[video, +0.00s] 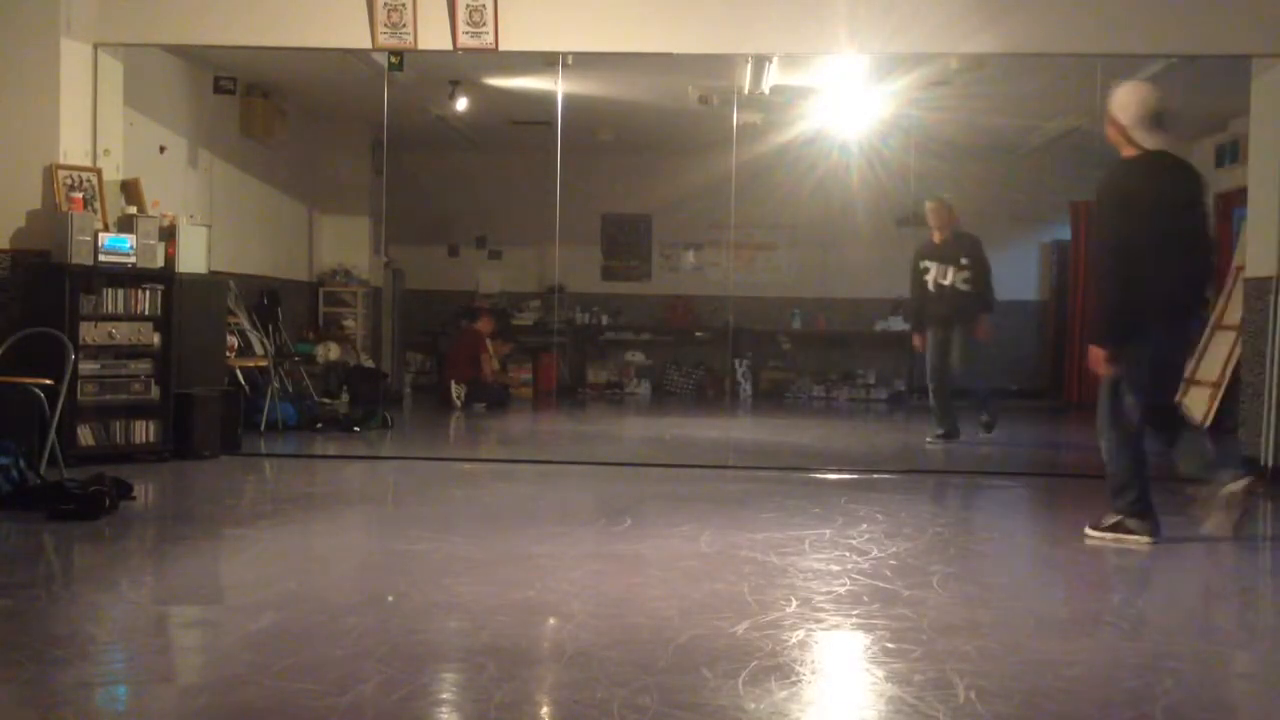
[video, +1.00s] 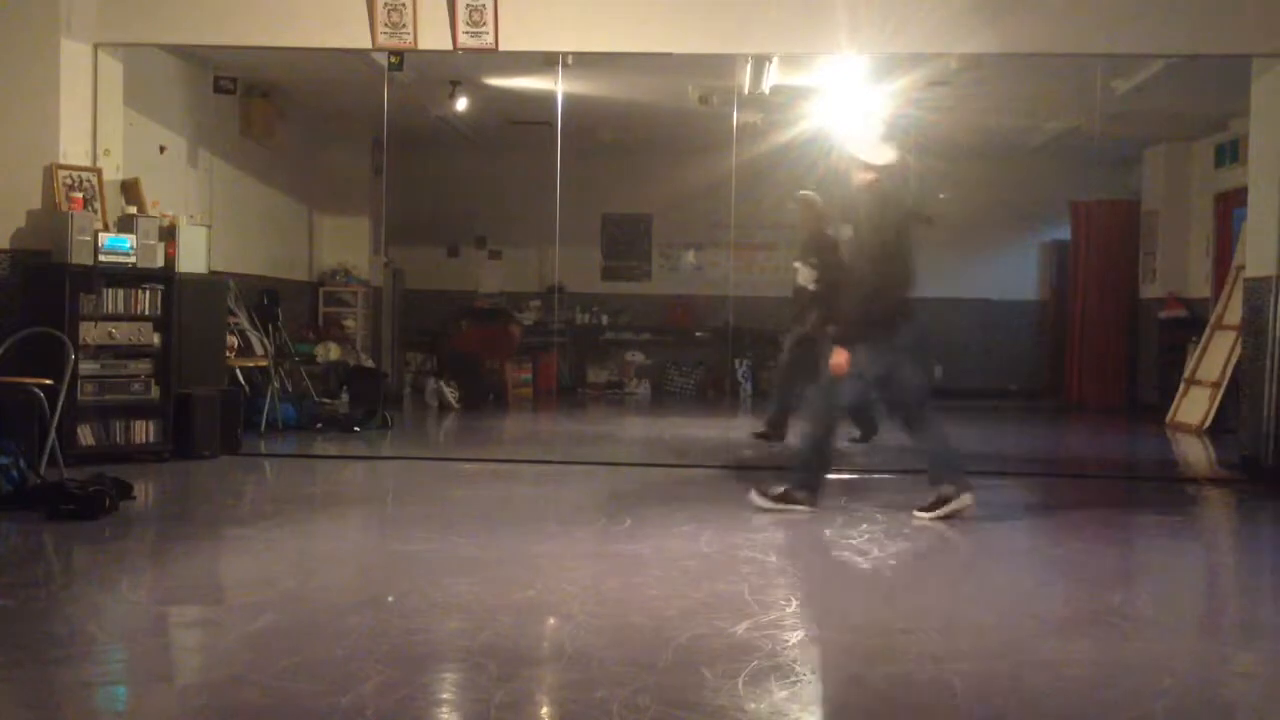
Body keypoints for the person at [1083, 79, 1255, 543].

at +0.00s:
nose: (1107, 129)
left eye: (1108, 121)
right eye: (1108, 121)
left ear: (1117, 125)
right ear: (1154, 121)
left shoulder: (1121, 180)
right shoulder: (1186, 175)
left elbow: (1112, 266)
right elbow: (1200, 256)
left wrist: (1104, 336)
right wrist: (1190, 313)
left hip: (1134, 320)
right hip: (1178, 317)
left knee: (1115, 418)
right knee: (1158, 409)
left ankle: (1132, 514)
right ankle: (1225, 471)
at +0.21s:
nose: (1057, 137)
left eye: (1058, 131)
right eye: (1059, 130)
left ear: (1067, 135)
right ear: (1104, 127)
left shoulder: (1075, 184)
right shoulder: (1128, 178)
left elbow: (1055, 259)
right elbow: (1142, 253)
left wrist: (1035, 323)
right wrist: (1135, 307)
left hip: (1088, 312)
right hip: (1125, 309)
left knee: (1094, 405)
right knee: (1085, 400)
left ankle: (1132, 510)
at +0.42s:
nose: (1003, 148)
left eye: (1005, 141)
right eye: (1006, 141)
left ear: (1012, 146)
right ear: (1050, 143)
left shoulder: (1013, 196)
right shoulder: (1068, 194)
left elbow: (995, 268)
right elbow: (1071, 272)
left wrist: (987, 334)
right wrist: (1062, 324)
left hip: (1019, 328)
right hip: (1052, 324)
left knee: (1044, 423)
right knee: (993, 413)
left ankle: (1117, 497)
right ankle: (970, 495)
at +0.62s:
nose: (945, 147)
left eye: (948, 140)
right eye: (948, 140)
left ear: (958, 145)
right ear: (986, 144)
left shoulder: (968, 192)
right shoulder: (999, 190)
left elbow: (946, 263)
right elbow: (986, 265)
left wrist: (923, 318)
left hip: (960, 316)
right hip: (984, 314)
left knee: (929, 398)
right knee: (958, 400)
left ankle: (1002, 458)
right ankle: (961, 492)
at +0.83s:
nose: (889, 153)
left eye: (892, 145)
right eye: (892, 145)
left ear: (904, 145)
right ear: (926, 143)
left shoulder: (923, 189)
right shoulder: (934, 186)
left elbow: (910, 261)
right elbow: (924, 262)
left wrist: (882, 316)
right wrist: (885, 316)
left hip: (923, 316)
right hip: (936, 314)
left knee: (879, 392)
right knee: (950, 403)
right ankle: (961, 493)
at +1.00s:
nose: (852, 173)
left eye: (858, 167)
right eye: (854, 166)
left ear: (872, 171)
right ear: (884, 170)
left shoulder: (873, 208)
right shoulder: (890, 205)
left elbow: (866, 278)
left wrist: (845, 339)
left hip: (870, 329)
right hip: (892, 326)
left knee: (824, 402)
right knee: (911, 407)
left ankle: (802, 486)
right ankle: (951, 484)